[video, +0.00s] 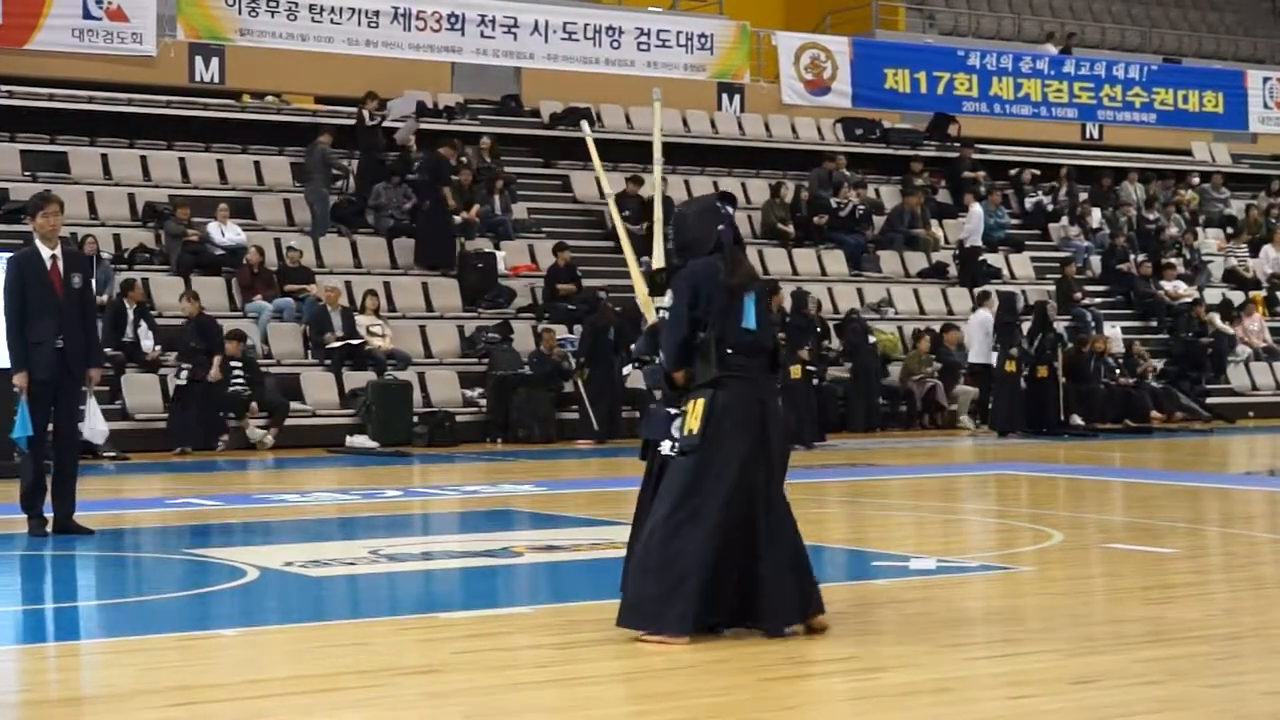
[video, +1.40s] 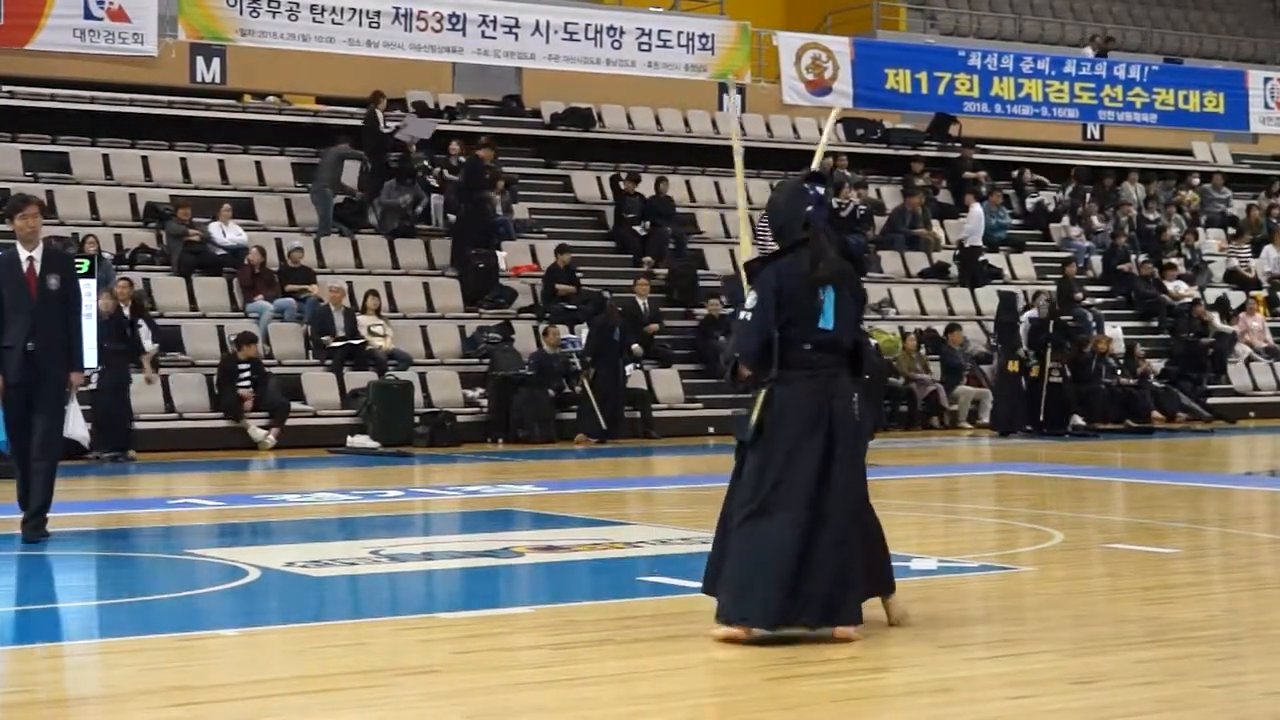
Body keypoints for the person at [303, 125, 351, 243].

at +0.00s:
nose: (329, 142)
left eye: (329, 139)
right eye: (329, 139)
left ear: (319, 137)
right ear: (327, 138)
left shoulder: (310, 149)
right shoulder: (324, 149)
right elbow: (334, 163)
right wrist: (347, 170)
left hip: (309, 188)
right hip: (320, 189)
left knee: (316, 221)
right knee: (323, 221)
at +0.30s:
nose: (333, 141)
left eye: (334, 139)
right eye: (333, 138)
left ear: (322, 137)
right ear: (329, 138)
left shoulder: (314, 148)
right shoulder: (326, 149)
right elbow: (336, 161)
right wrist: (351, 166)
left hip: (311, 188)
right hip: (320, 189)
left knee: (317, 219)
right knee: (323, 219)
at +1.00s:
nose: (345, 147)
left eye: (346, 145)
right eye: (345, 144)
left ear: (335, 142)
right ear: (343, 142)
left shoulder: (326, 152)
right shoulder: (336, 149)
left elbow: (334, 183)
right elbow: (352, 153)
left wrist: (353, 190)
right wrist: (363, 158)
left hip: (316, 191)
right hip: (323, 191)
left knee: (324, 225)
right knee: (324, 226)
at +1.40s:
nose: (348, 150)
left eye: (348, 148)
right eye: (347, 147)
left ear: (337, 144)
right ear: (345, 145)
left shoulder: (329, 154)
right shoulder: (338, 151)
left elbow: (335, 184)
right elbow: (361, 154)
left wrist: (354, 193)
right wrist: (365, 161)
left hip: (317, 190)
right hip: (324, 190)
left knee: (325, 225)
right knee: (325, 226)